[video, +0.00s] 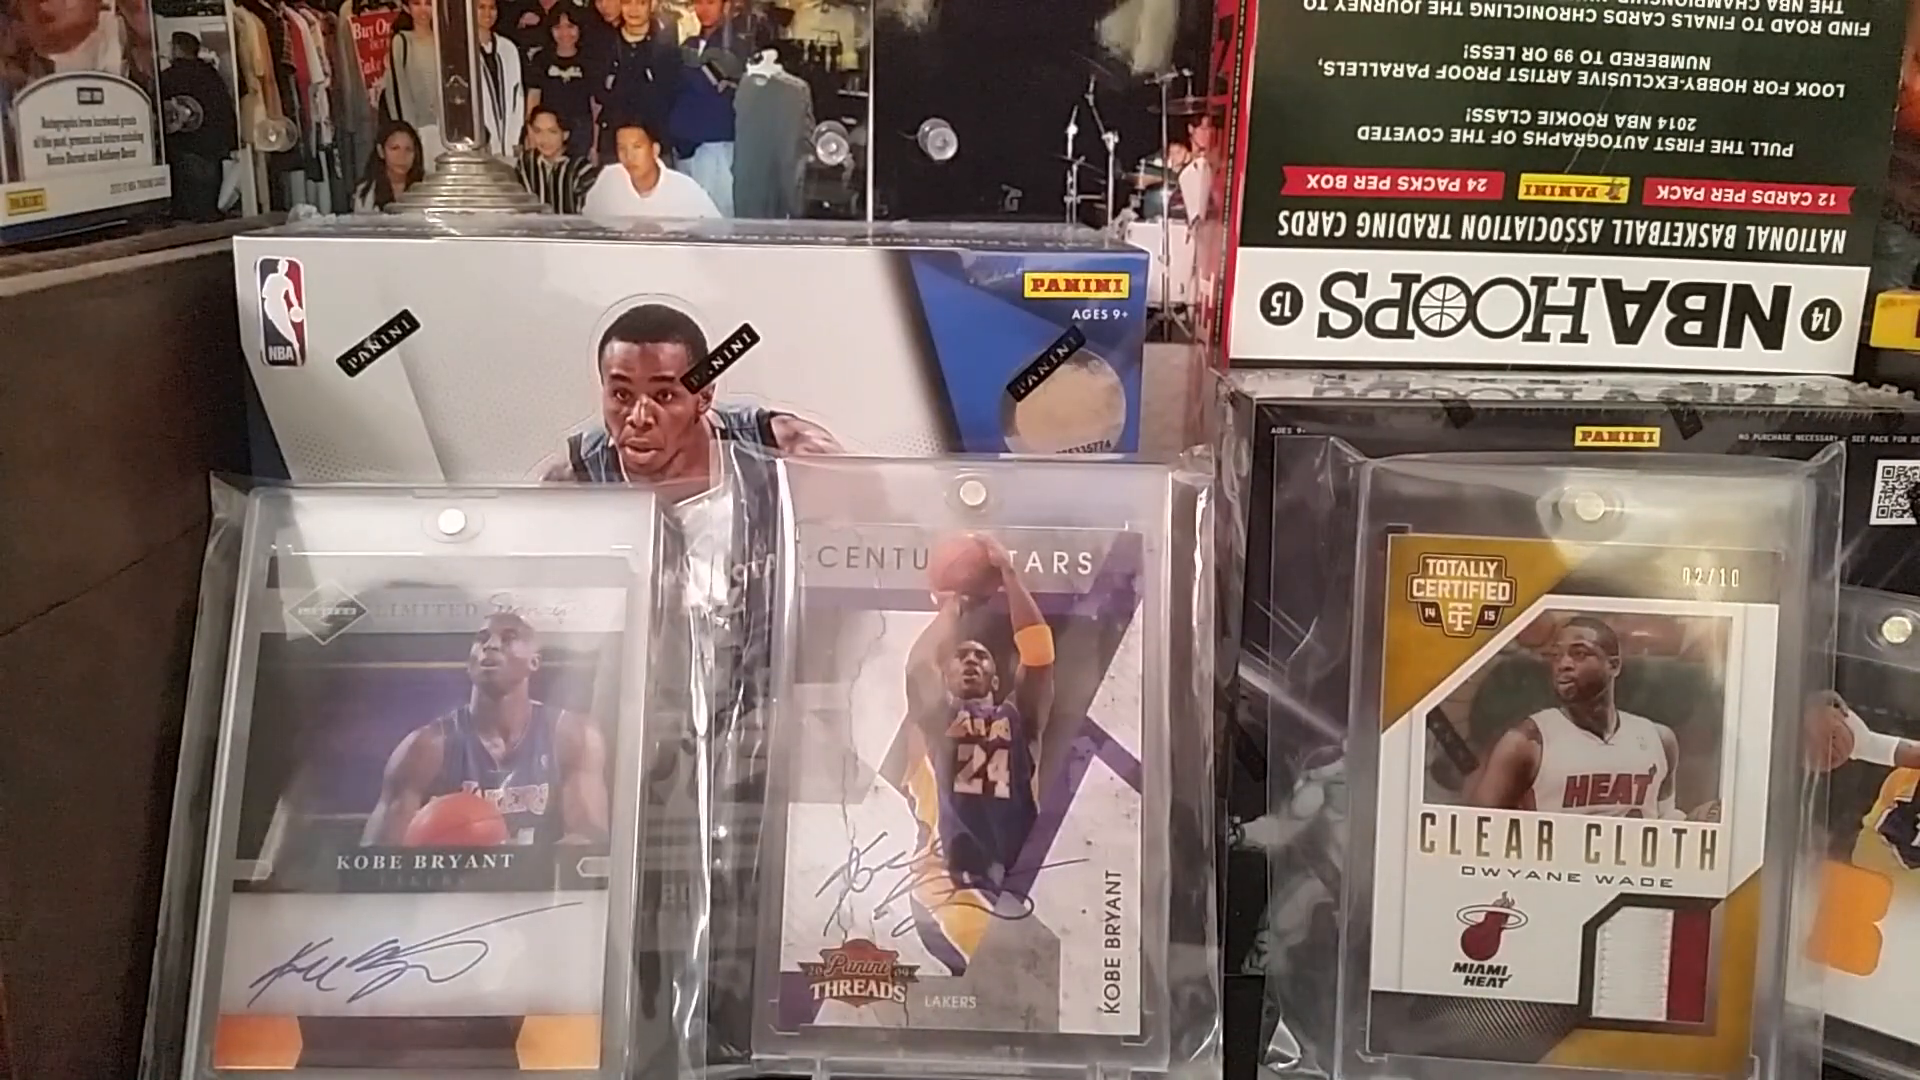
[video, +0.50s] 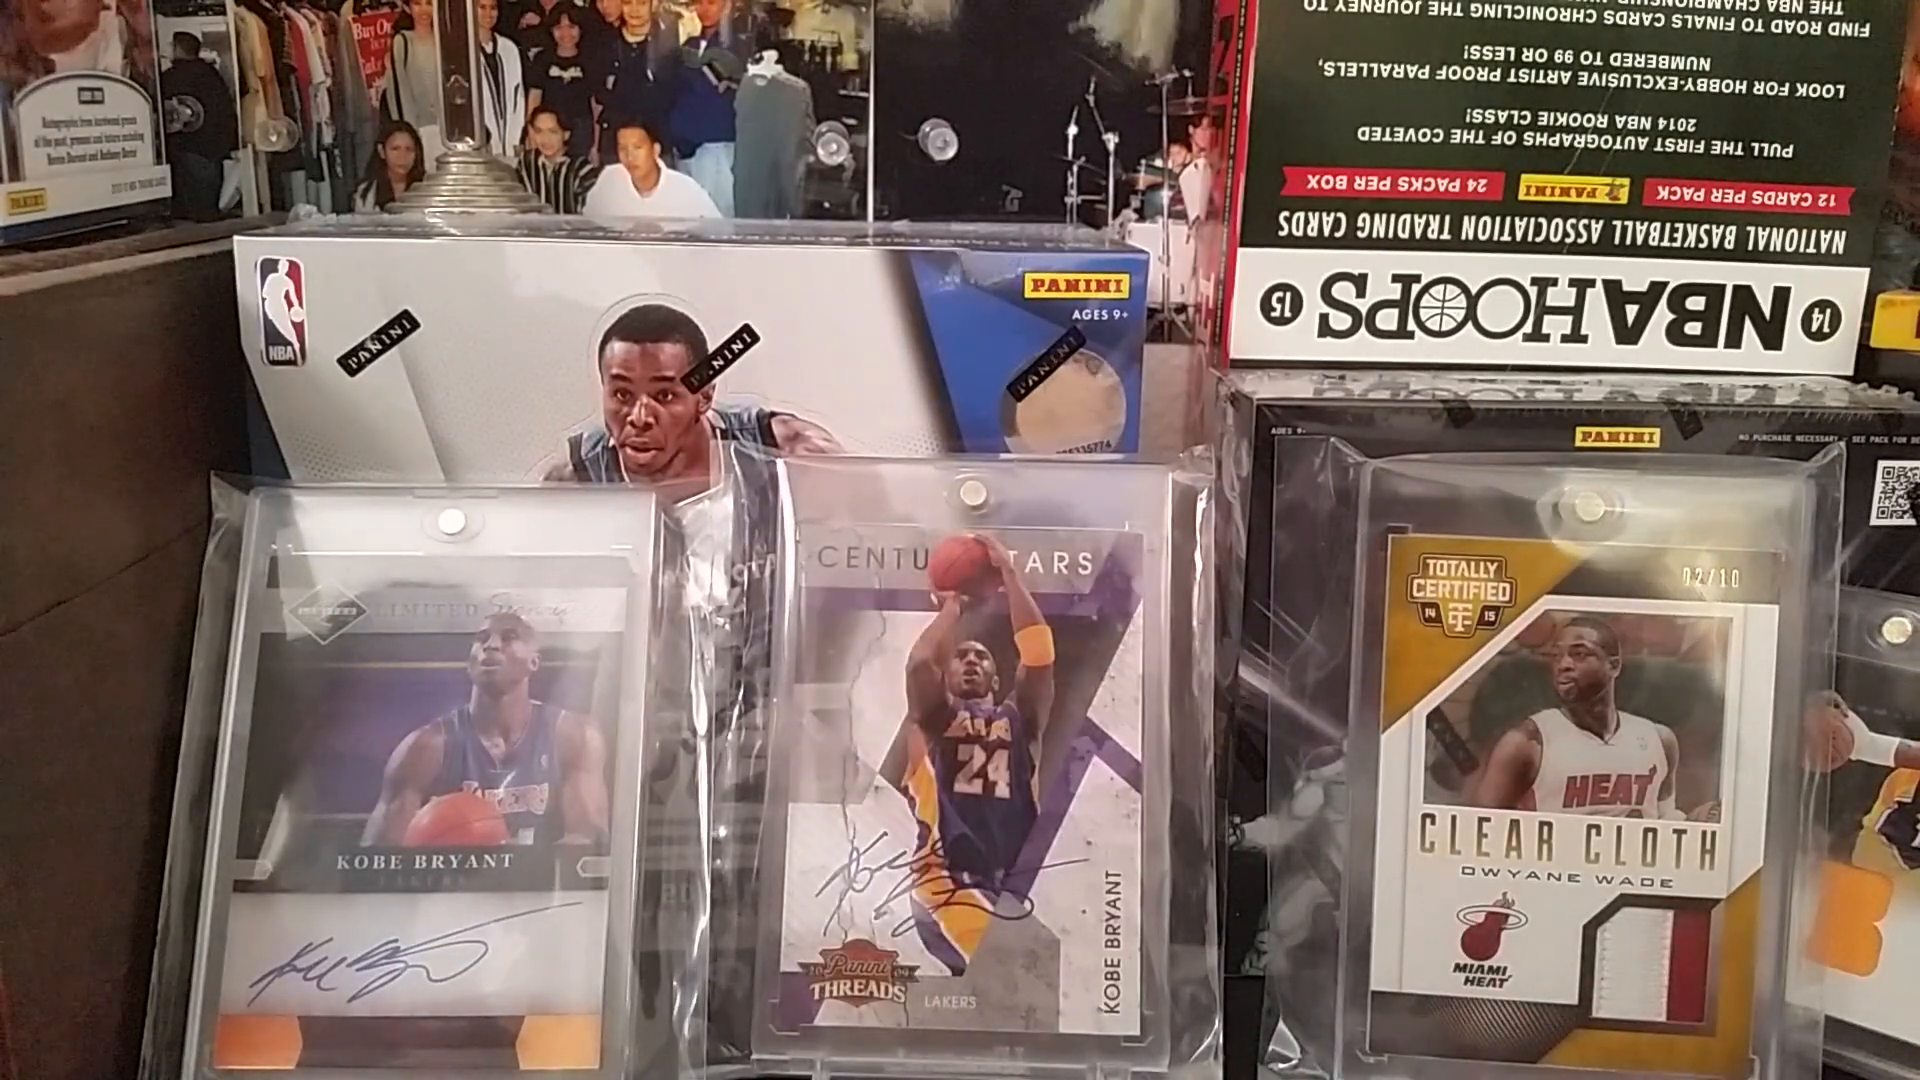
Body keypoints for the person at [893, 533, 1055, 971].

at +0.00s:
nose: (970, 661)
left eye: (981, 657)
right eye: (960, 656)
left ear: (996, 675)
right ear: (945, 675)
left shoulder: (1020, 716)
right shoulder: (938, 720)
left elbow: (1037, 652)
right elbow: (919, 664)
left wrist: (1008, 571)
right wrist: (952, 605)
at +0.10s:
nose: (970, 661)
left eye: (981, 656)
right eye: (959, 656)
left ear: (996, 674)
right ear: (944, 674)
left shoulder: (1020, 716)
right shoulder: (938, 719)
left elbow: (1037, 652)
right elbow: (919, 665)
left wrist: (1009, 571)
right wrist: (952, 606)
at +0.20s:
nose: (970, 661)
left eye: (981, 656)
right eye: (959, 656)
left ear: (996, 674)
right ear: (944, 675)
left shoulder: (1020, 716)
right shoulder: (937, 720)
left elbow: (1038, 652)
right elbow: (919, 664)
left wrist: (1008, 572)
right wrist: (952, 607)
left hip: (1017, 870)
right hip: (949, 877)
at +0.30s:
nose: (971, 661)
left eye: (981, 656)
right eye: (960, 656)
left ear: (996, 675)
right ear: (945, 674)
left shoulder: (1021, 717)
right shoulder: (935, 717)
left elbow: (1036, 651)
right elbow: (920, 664)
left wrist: (1010, 574)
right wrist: (950, 606)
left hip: (1012, 879)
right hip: (943, 878)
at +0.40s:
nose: (970, 661)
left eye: (981, 657)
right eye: (960, 656)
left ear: (996, 676)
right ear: (944, 675)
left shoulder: (1021, 717)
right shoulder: (934, 718)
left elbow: (1038, 653)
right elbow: (919, 664)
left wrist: (1008, 570)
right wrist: (951, 607)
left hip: (1011, 882)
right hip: (943, 880)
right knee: (1012, 967)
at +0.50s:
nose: (972, 661)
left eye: (982, 656)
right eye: (961, 655)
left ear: (996, 676)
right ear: (943, 673)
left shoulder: (1020, 719)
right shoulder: (933, 717)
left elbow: (1037, 651)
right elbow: (920, 662)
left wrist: (1009, 572)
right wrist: (953, 604)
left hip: (1007, 885)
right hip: (946, 884)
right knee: (1017, 972)